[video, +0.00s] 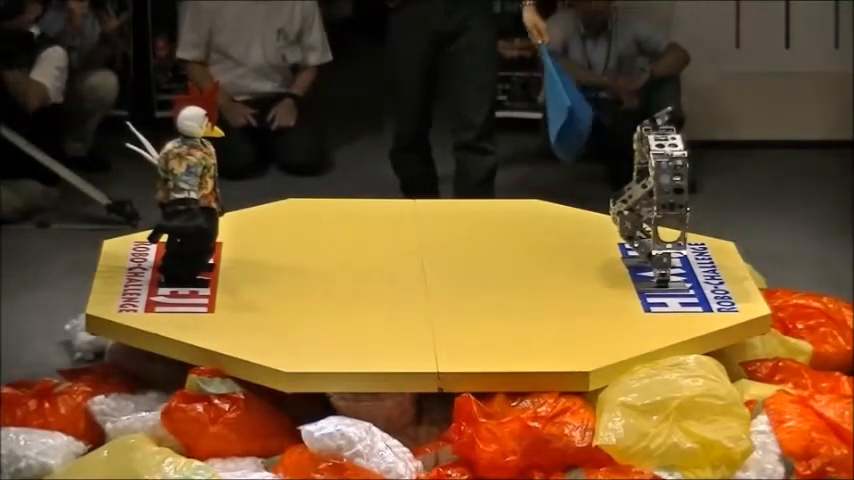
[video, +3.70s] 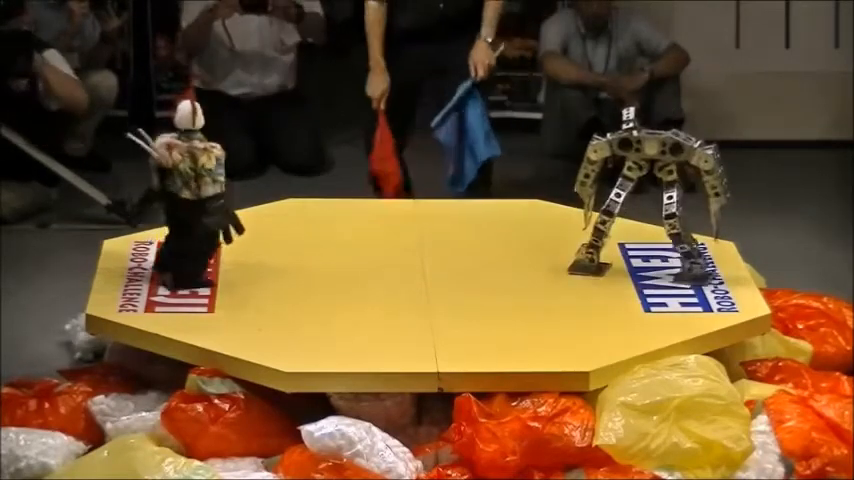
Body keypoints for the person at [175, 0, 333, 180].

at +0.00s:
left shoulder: (302, 5)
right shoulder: (203, 5)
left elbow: (312, 61)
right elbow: (192, 61)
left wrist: (291, 100)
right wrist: (226, 105)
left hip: (280, 97)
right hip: (229, 101)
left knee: (305, 160)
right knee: (236, 163)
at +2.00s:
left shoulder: (301, 5)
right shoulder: (202, 5)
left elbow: (310, 62)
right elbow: (191, 62)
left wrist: (291, 100)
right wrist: (226, 106)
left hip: (279, 99)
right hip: (227, 102)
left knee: (307, 161)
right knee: (238, 163)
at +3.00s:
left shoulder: (301, 5)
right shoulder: (196, 6)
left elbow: (317, 49)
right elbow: (187, 59)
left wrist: (299, 81)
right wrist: (220, 82)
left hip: (280, 97)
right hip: (229, 99)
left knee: (306, 161)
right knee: (237, 164)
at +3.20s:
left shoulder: (301, 4)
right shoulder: (197, 5)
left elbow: (320, 45)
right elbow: (183, 54)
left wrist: (296, 57)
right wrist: (215, 53)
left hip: (283, 99)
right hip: (227, 100)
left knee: (306, 162)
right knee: (236, 165)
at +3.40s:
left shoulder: (297, 3)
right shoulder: (197, 4)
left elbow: (322, 42)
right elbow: (183, 55)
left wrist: (294, 32)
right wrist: (213, 34)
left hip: (283, 99)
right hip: (228, 103)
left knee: (306, 162)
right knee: (236, 166)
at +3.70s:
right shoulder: (198, 5)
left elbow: (320, 31)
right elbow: (186, 48)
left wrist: (296, 16)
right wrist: (211, 15)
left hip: (279, 96)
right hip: (221, 99)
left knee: (307, 162)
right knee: (239, 166)